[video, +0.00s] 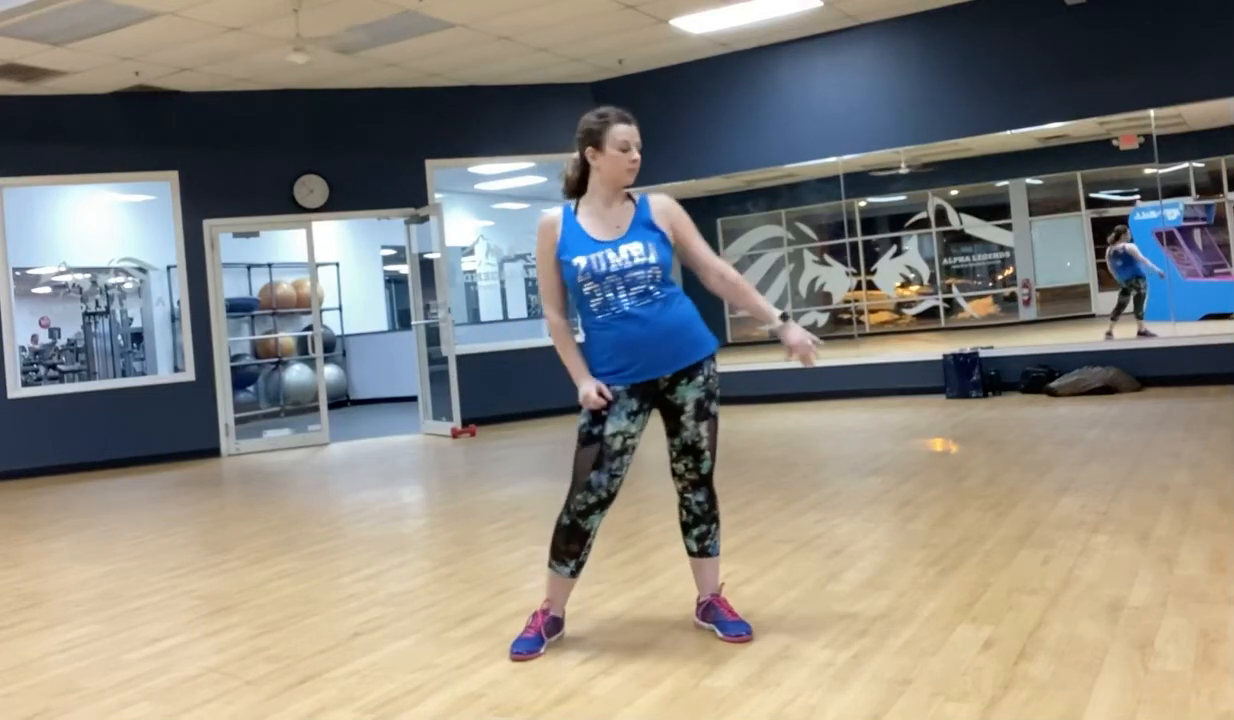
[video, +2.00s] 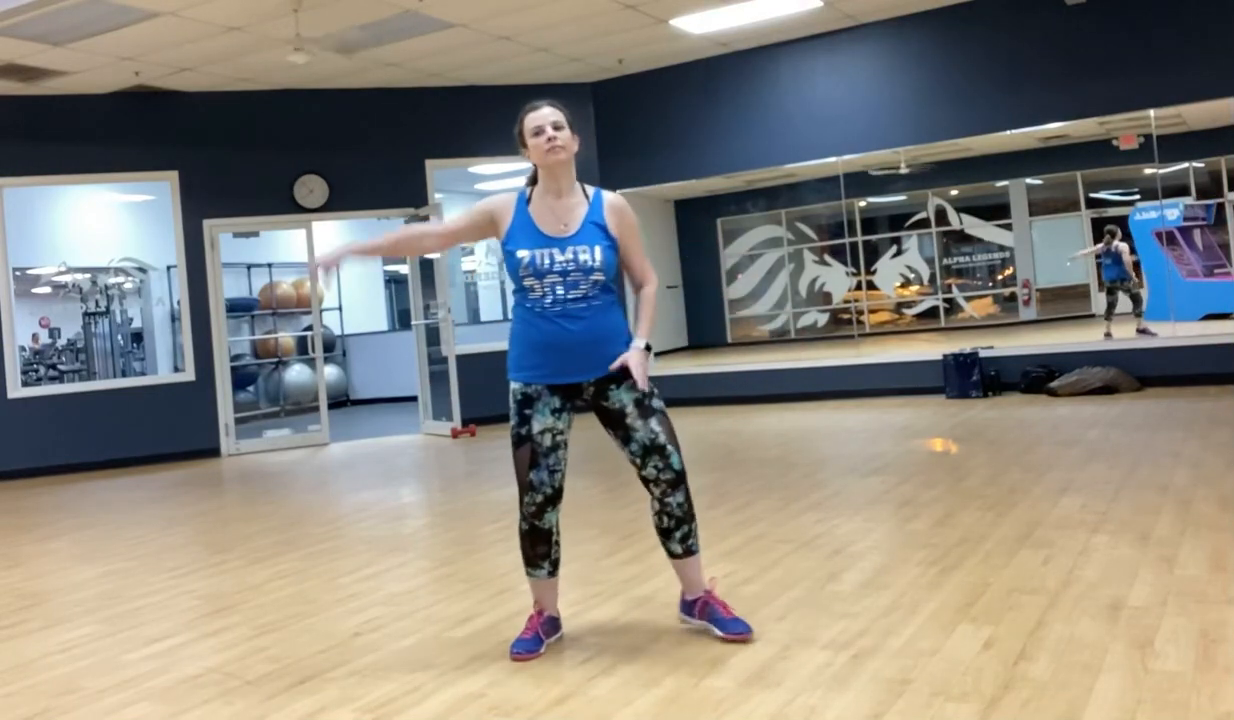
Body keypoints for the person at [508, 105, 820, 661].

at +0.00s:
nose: (636, 158)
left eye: (638, 149)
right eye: (624, 149)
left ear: (638, 154)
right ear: (591, 155)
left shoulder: (660, 209)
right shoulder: (557, 226)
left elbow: (722, 275)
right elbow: (554, 314)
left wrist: (781, 324)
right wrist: (582, 378)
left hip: (688, 364)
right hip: (615, 378)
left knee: (696, 482)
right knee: (588, 495)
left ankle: (710, 600)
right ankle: (550, 612)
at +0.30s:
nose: (616, 163)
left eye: (620, 153)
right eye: (603, 156)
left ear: (624, 157)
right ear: (574, 163)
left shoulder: (634, 230)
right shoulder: (542, 208)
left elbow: (674, 305)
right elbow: (505, 284)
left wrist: (735, 343)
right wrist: (522, 357)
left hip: (651, 371)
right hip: (579, 381)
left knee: (675, 485)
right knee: (570, 499)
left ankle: (709, 601)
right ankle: (547, 615)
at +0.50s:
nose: (594, 157)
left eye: (595, 147)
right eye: (580, 155)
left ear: (604, 150)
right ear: (559, 169)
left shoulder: (628, 229)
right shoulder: (539, 202)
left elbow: (643, 307)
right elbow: (486, 270)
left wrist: (683, 344)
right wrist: (464, 342)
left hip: (626, 371)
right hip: (555, 377)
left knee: (664, 482)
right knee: (554, 496)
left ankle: (705, 601)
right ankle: (546, 614)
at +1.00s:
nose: (591, 155)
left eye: (589, 143)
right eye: (576, 156)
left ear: (601, 143)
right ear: (562, 176)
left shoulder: (652, 203)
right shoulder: (552, 224)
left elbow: (707, 263)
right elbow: (536, 304)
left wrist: (696, 328)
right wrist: (510, 372)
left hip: (649, 371)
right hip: (572, 376)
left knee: (682, 484)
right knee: (559, 490)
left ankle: (712, 599)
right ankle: (545, 613)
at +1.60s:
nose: (578, 142)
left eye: (583, 133)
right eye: (565, 139)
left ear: (599, 143)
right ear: (550, 156)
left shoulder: (635, 215)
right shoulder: (528, 220)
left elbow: (659, 296)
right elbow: (476, 293)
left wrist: (698, 329)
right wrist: (439, 350)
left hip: (637, 371)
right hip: (560, 379)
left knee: (667, 484)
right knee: (552, 497)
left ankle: (710, 600)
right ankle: (545, 615)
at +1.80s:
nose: (560, 139)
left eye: (566, 130)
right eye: (547, 135)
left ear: (583, 142)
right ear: (533, 154)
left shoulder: (618, 215)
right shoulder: (512, 216)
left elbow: (637, 294)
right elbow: (442, 270)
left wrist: (644, 344)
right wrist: (380, 312)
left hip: (616, 373)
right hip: (542, 380)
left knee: (660, 483)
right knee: (541, 500)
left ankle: (707, 600)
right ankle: (545, 615)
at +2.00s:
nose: (551, 135)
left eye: (557, 126)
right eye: (539, 132)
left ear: (574, 138)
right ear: (525, 150)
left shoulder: (610, 207)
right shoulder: (505, 209)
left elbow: (645, 281)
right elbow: (429, 236)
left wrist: (640, 344)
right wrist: (348, 250)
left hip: (611, 369)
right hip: (537, 377)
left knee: (667, 468)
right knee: (538, 494)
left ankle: (697, 594)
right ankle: (544, 614)